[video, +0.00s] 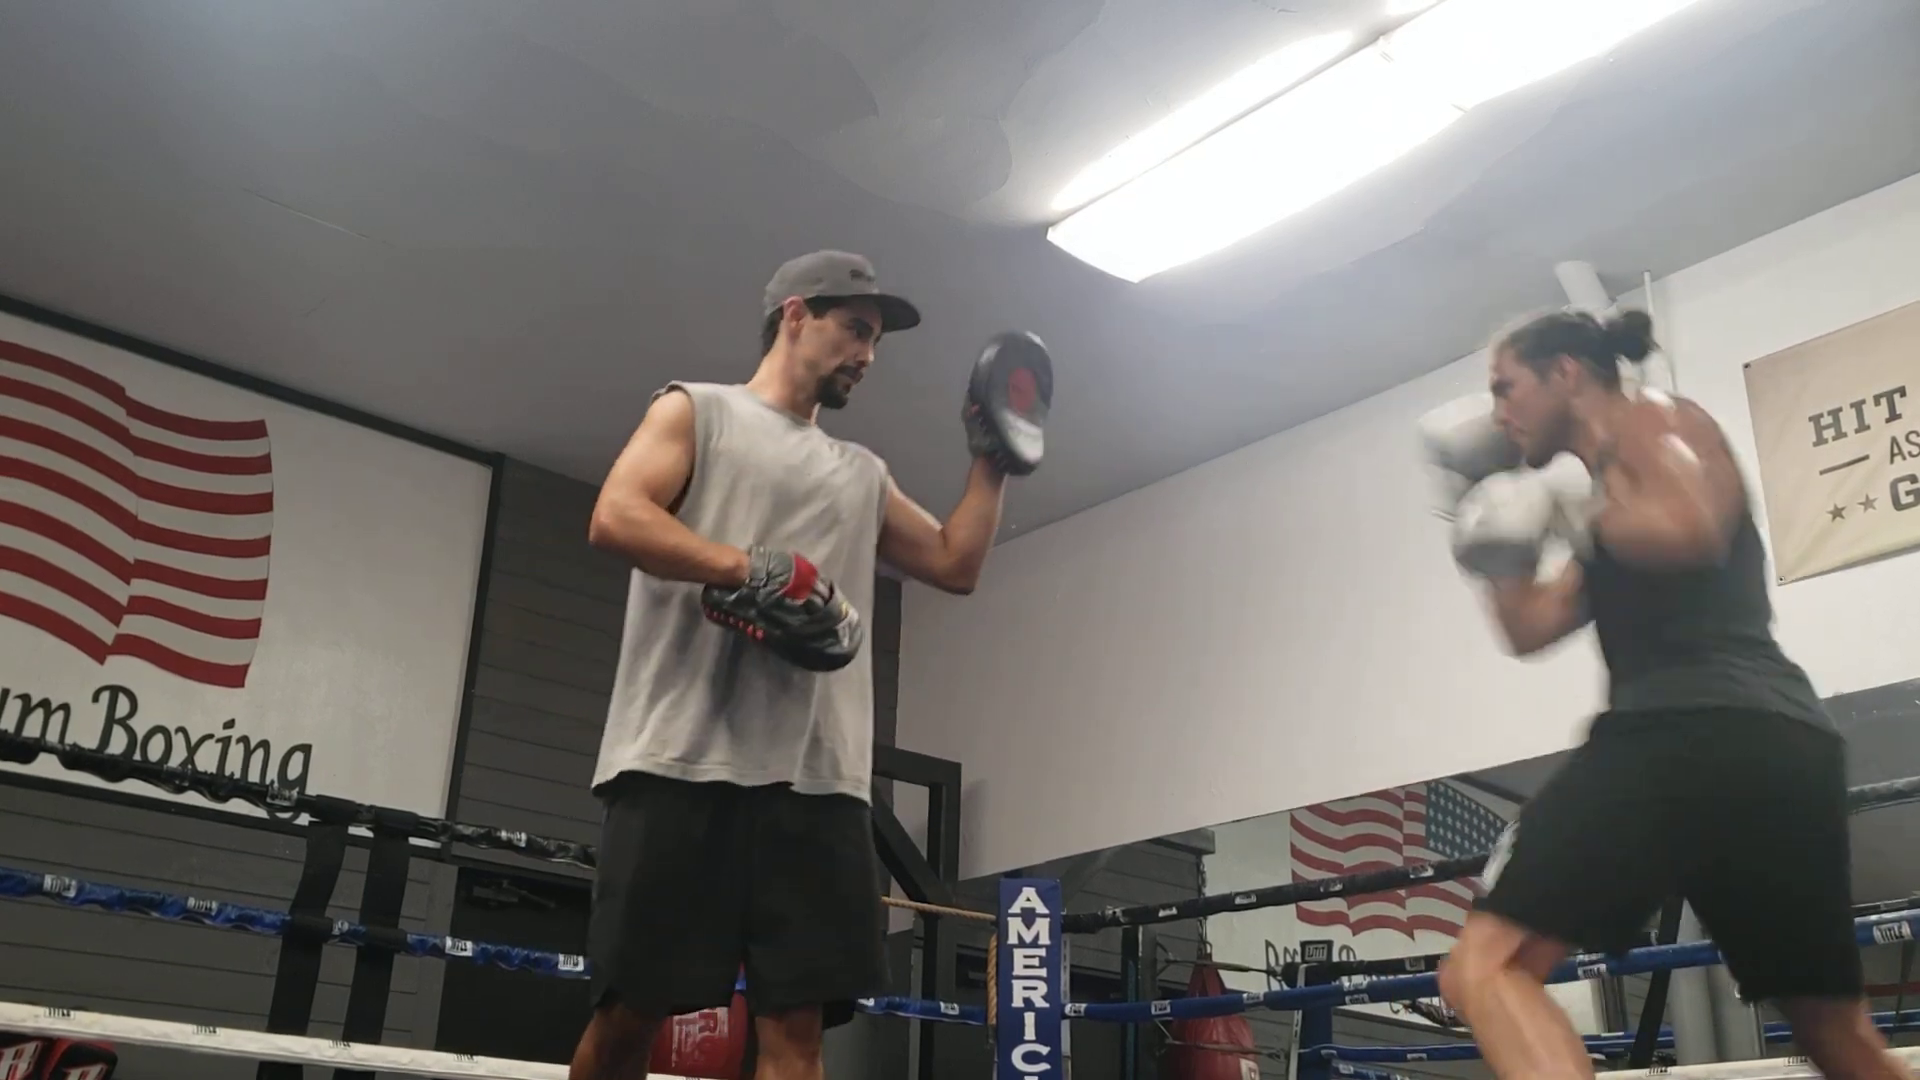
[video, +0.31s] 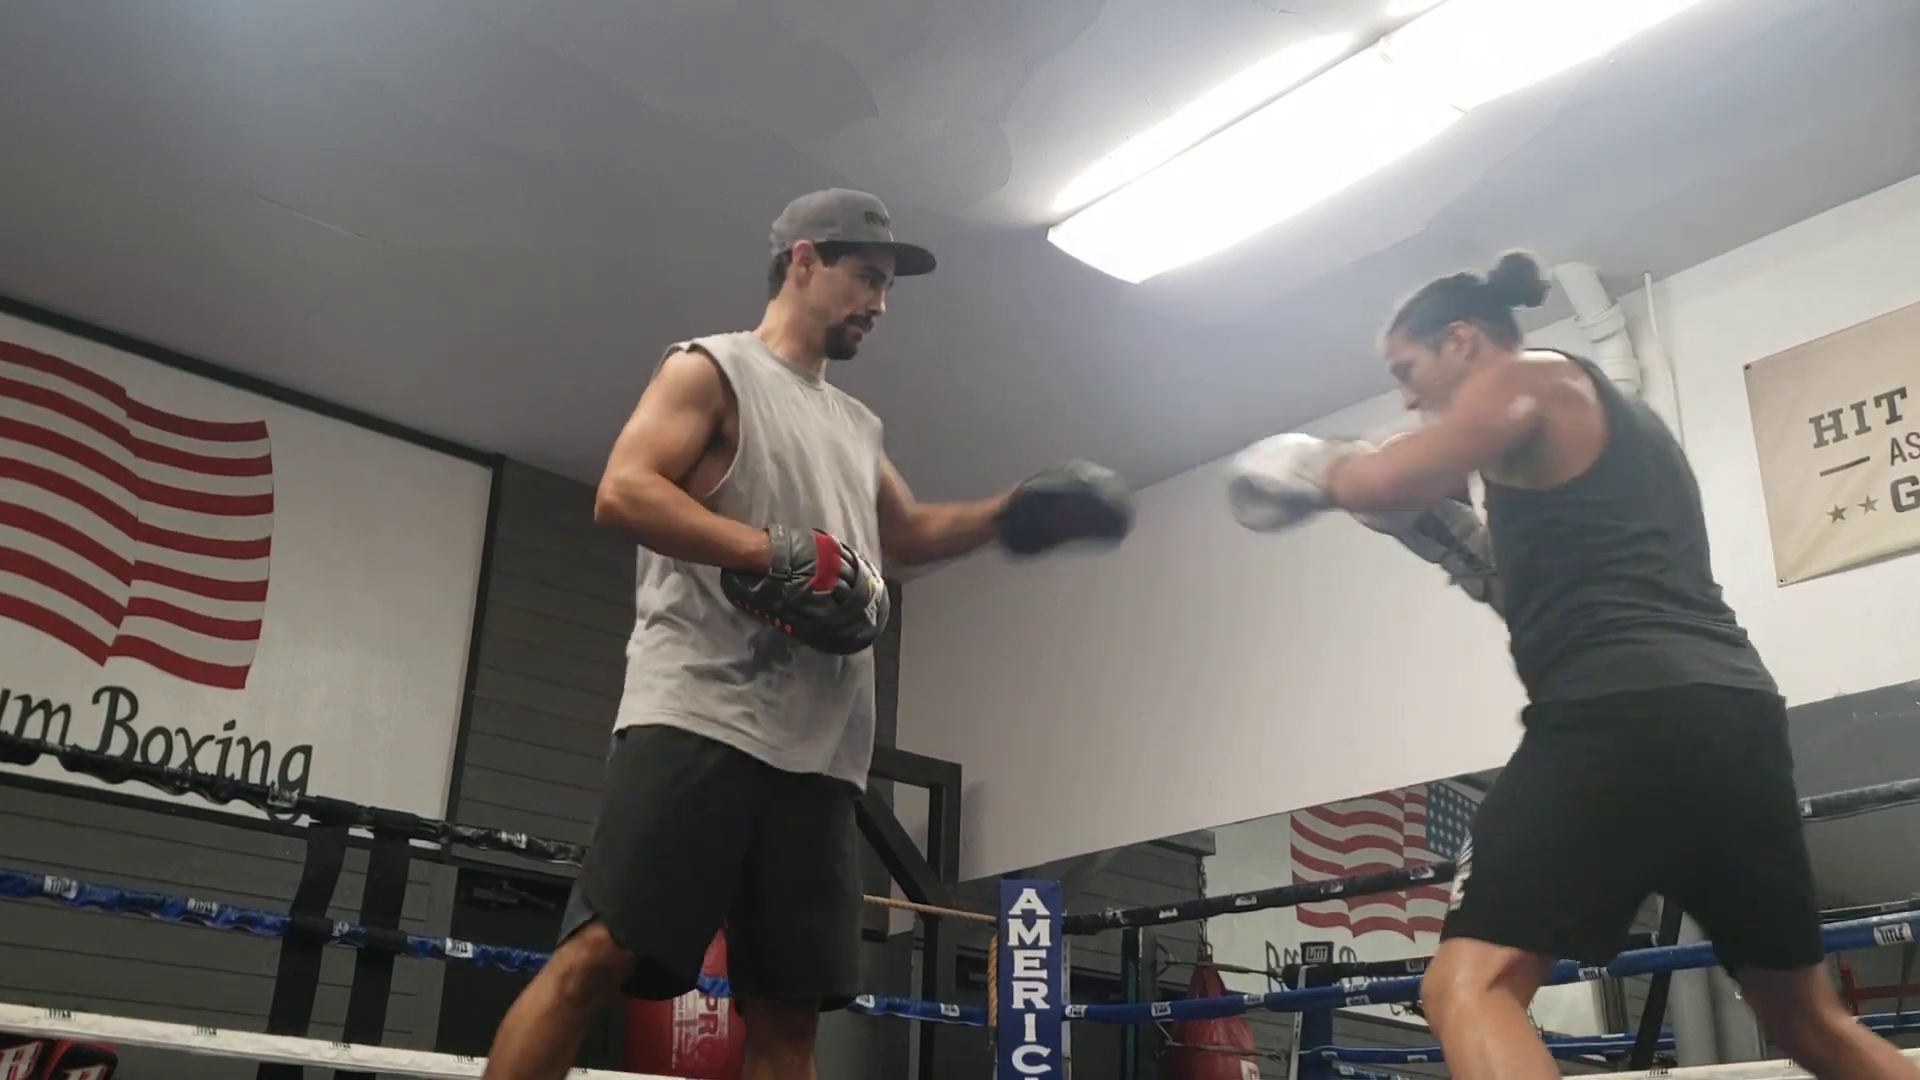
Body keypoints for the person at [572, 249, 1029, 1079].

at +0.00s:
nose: (866, 356)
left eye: (875, 342)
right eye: (855, 329)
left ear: (866, 356)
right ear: (794, 314)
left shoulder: (862, 474)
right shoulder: (692, 410)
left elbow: (955, 563)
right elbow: (617, 515)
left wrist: (993, 455)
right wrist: (753, 570)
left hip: (816, 782)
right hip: (677, 766)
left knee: (794, 1028)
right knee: (627, 1018)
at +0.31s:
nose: (879, 305)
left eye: (887, 288)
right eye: (868, 277)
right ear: (803, 260)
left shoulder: (860, 430)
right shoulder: (707, 370)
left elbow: (908, 535)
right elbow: (625, 490)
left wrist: (1018, 512)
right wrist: (775, 556)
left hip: (817, 755)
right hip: (693, 723)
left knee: (788, 1010)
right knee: (600, 957)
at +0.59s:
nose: (796, 273)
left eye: (805, 256)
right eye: (786, 242)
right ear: (720, 217)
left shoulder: (753, 407)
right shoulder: (623, 320)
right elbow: (562, 450)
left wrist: (789, 583)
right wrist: (735, 532)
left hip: (737, 717)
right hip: (620, 693)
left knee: (745, 994)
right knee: (547, 950)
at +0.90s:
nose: (719, 251)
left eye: (729, 235)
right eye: (714, 220)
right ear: (651, 194)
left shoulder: (667, 373)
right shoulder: (553, 295)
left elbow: (635, 549)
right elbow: (499, 414)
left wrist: (693, 675)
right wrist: (664, 510)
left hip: (657, 708)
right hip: (541, 681)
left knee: (675, 977)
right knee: (467, 953)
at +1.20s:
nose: (738, 341)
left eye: (746, 326)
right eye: (731, 312)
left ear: (691, 304)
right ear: (674, 286)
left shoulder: (677, 457)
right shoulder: (583, 370)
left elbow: (654, 603)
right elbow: (512, 482)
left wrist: (717, 689)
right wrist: (656, 591)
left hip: (638, 756)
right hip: (542, 724)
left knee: (629, 1016)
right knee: (495, 966)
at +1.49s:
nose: (787, 414)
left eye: (794, 399)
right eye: (783, 387)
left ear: (736, 373)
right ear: (735, 362)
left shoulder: (693, 486)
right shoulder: (659, 414)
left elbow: (655, 635)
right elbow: (595, 504)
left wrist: (695, 775)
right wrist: (677, 648)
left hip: (637, 764)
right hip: (574, 732)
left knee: (622, 1011)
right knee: (535, 961)